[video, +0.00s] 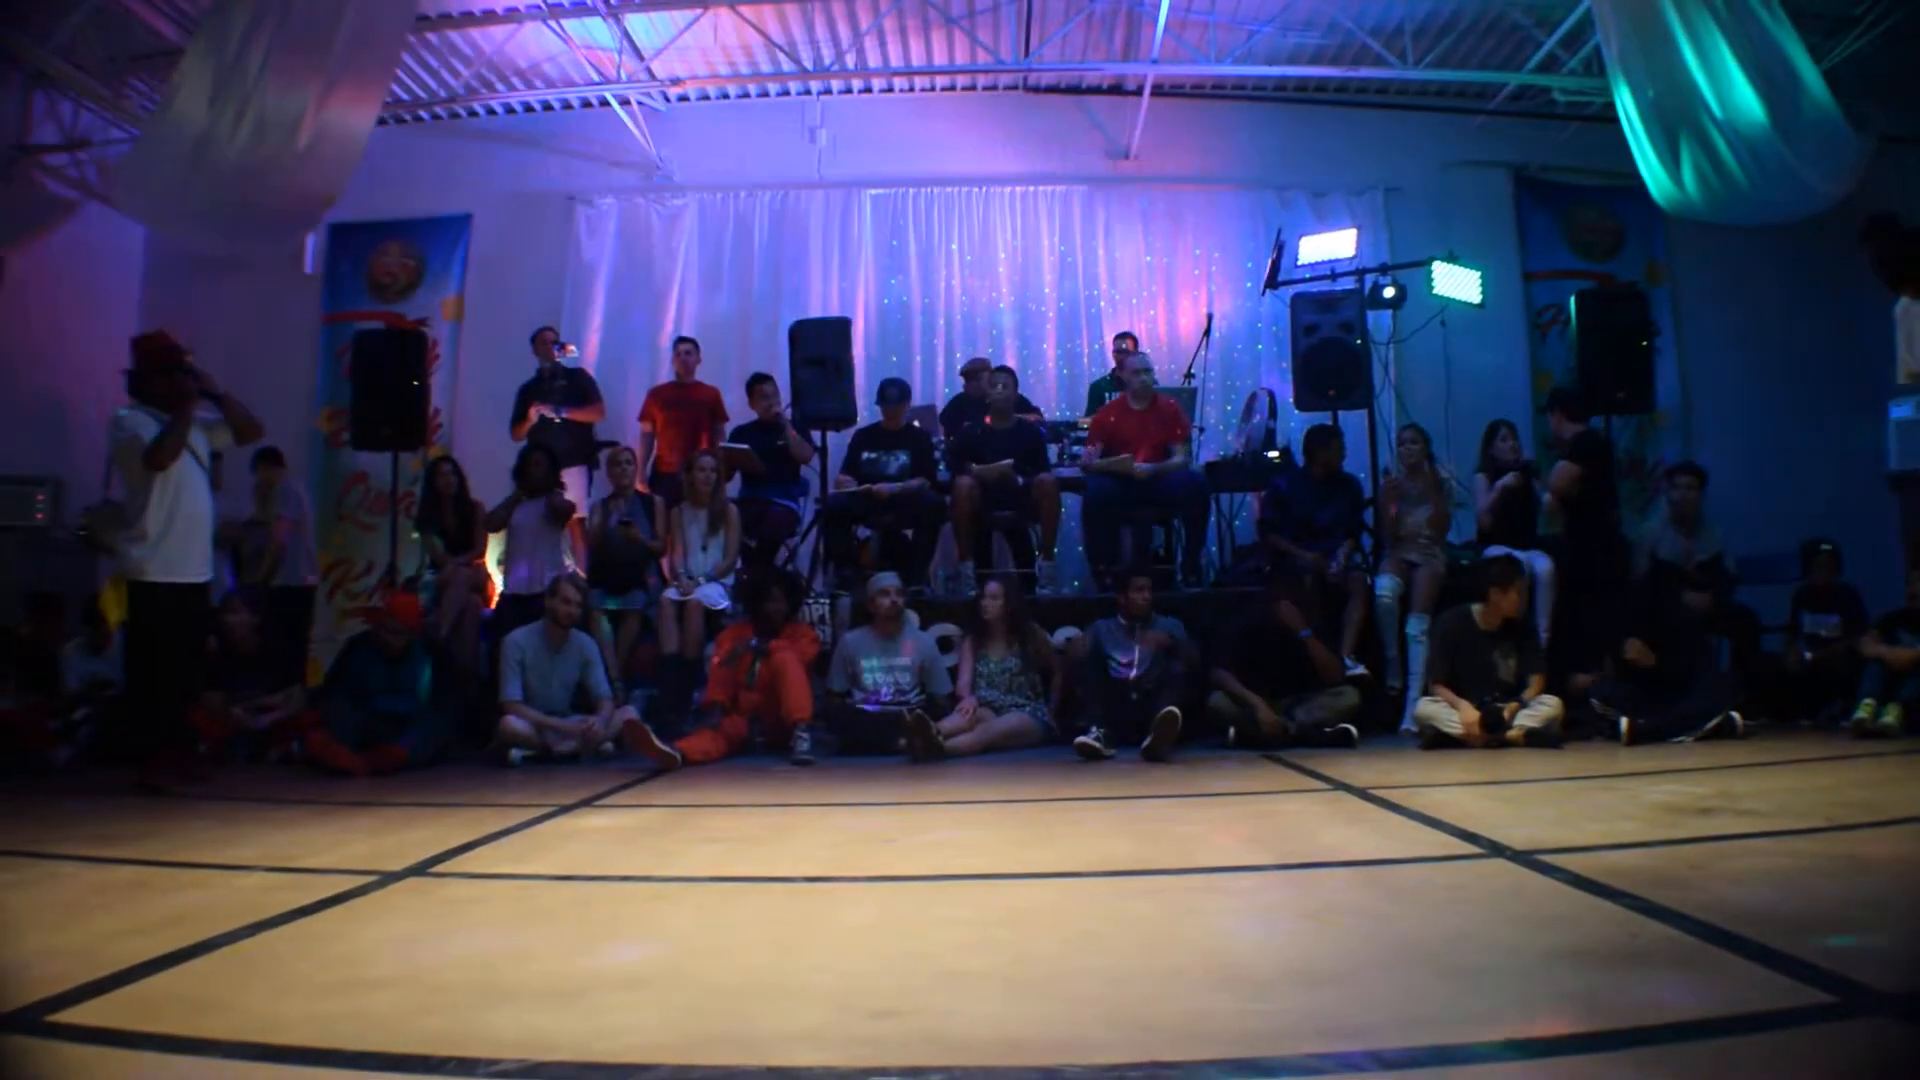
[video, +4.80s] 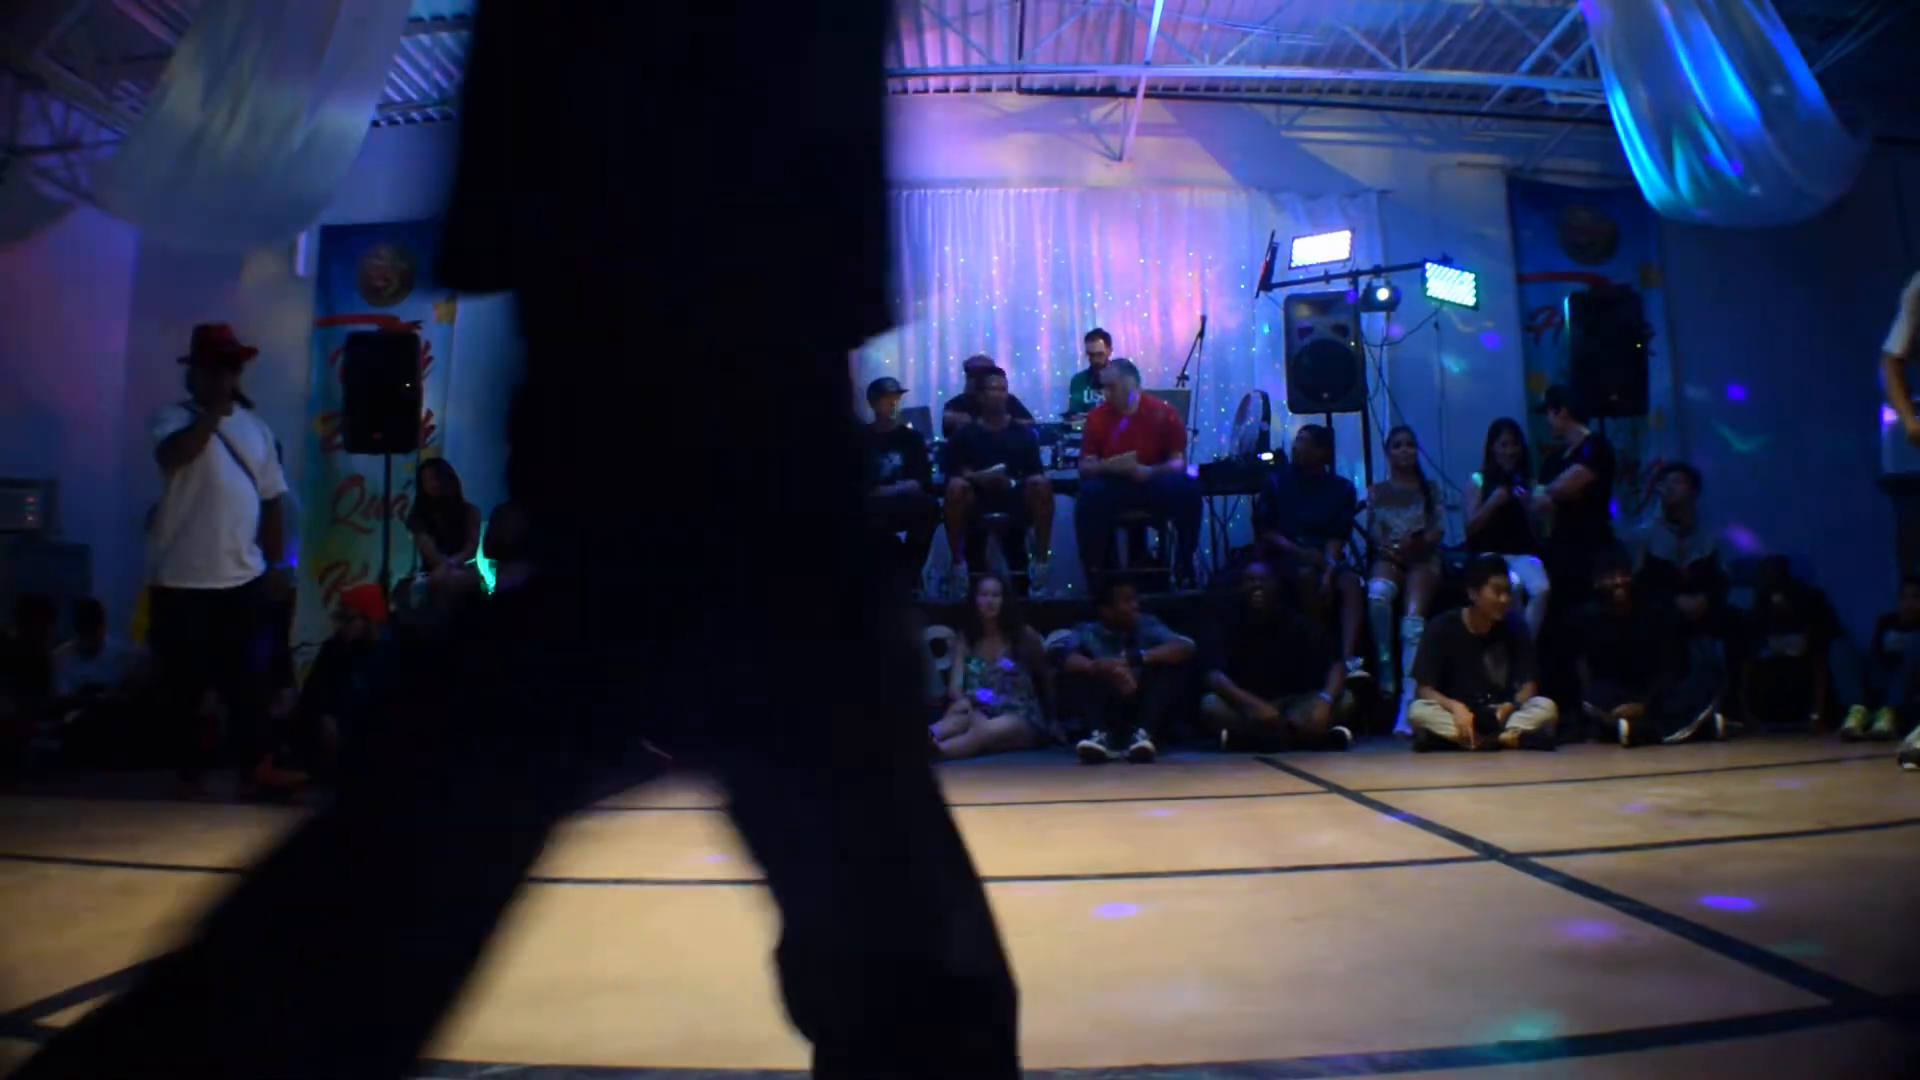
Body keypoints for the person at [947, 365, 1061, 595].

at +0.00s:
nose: (999, 390)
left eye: (1006, 386)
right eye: (994, 386)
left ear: (1015, 394)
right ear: (987, 393)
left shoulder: (1030, 431)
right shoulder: (971, 430)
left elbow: (1041, 469)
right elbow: (955, 464)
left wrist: (1011, 473)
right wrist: (981, 471)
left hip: (1018, 489)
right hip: (984, 489)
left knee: (1047, 483)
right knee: (964, 485)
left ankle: (1047, 561)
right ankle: (965, 565)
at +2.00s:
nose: (995, 412)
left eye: (1001, 406)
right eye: (990, 405)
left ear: (1010, 405)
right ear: (982, 404)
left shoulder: (1022, 433)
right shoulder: (964, 433)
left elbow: (1035, 471)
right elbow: (951, 471)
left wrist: (1009, 481)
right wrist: (975, 476)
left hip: (1011, 491)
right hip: (977, 492)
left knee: (1041, 486)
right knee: (956, 488)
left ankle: (1041, 563)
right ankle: (960, 567)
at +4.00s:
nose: (987, 397)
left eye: (994, 392)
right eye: (984, 391)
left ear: (1008, 396)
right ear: (979, 392)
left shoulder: (1023, 434)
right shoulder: (963, 434)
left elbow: (1034, 472)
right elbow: (949, 469)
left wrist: (1009, 481)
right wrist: (972, 473)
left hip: (1012, 492)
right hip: (977, 492)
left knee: (1040, 486)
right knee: (956, 487)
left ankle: (1040, 562)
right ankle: (958, 565)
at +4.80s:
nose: (999, 394)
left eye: (1003, 389)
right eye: (993, 389)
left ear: (1008, 394)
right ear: (981, 395)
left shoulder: (1022, 432)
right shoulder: (966, 433)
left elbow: (1035, 471)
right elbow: (954, 468)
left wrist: (1010, 481)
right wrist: (979, 477)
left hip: (1013, 490)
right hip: (978, 491)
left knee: (1040, 486)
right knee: (957, 487)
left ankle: (1041, 562)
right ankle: (958, 564)